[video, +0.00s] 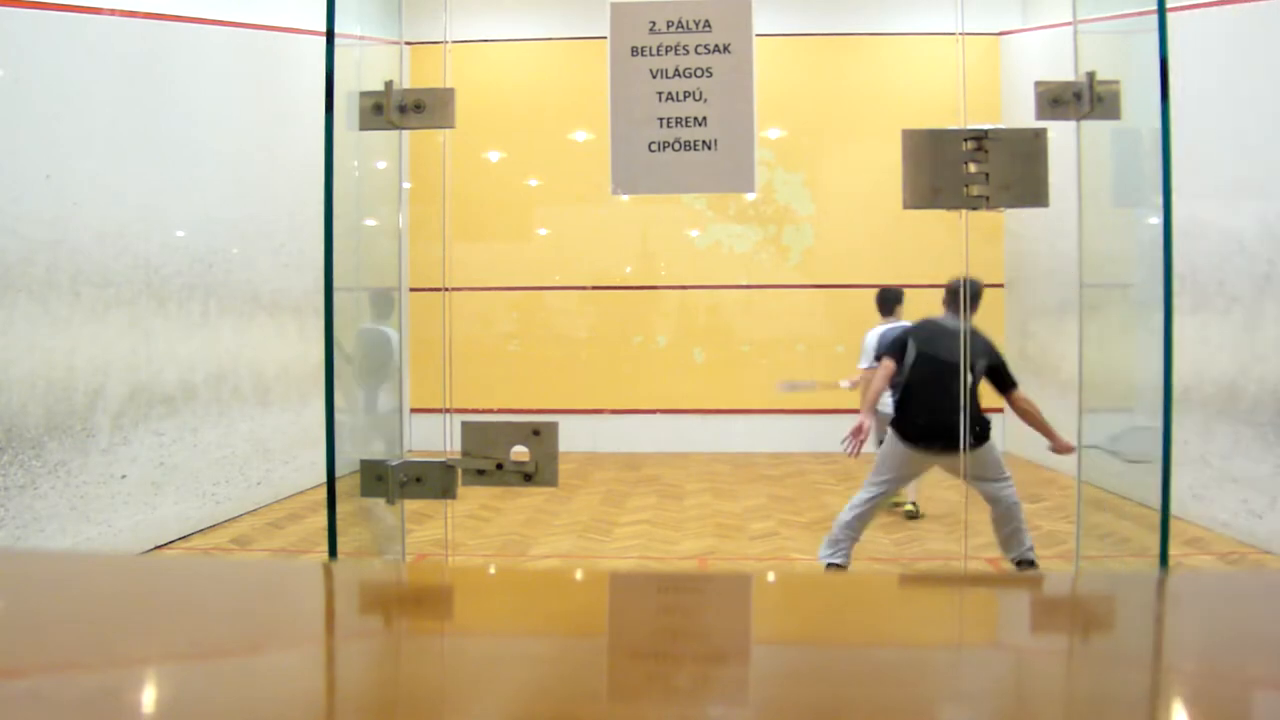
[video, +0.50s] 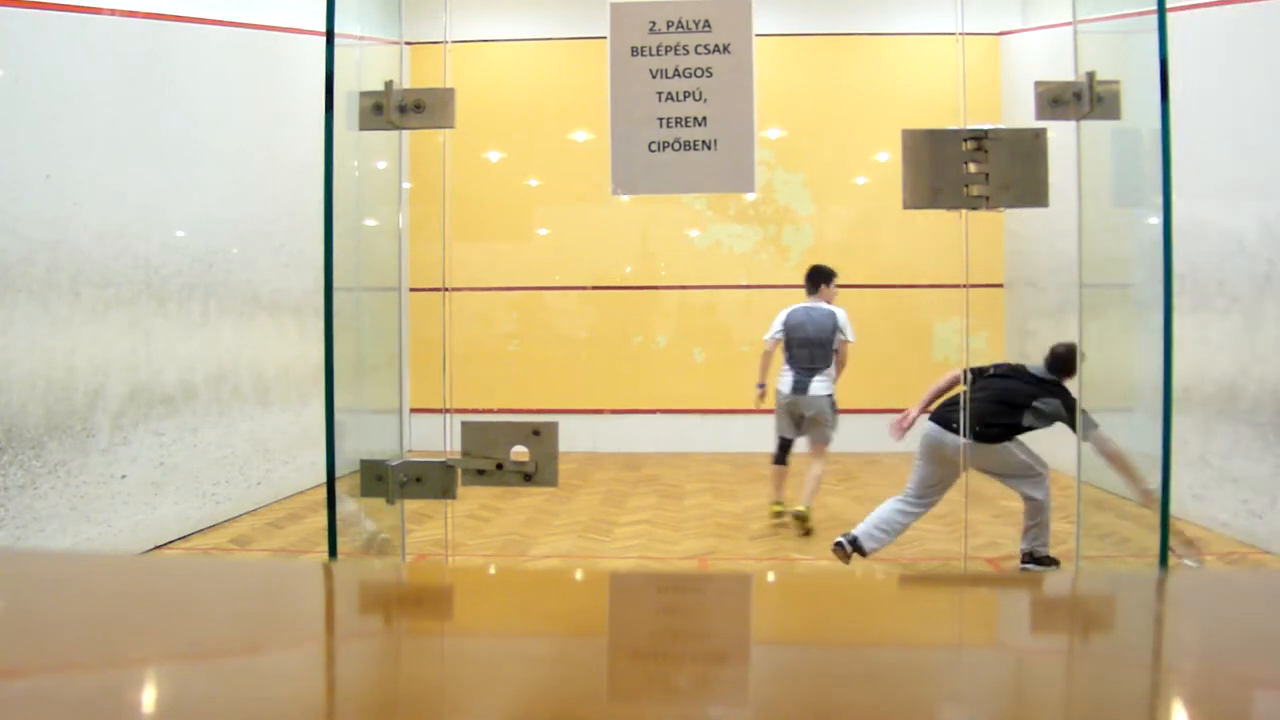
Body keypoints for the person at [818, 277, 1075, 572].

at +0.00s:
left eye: (950, 297)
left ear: (945, 300)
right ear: (976, 306)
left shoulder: (913, 333)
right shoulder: (982, 346)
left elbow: (885, 369)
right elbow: (1017, 400)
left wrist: (865, 414)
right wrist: (1053, 437)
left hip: (911, 435)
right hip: (964, 439)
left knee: (874, 489)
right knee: (1000, 490)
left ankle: (835, 555)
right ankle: (1022, 555)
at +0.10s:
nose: (989, 328)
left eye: (982, 320)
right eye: (989, 323)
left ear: (957, 321)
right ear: (986, 327)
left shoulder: (927, 347)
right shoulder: (988, 363)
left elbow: (895, 379)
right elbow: (1033, 412)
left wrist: (883, 420)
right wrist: (1080, 444)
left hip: (911, 442)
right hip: (962, 447)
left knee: (872, 493)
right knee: (1002, 488)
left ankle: (839, 553)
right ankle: (1023, 551)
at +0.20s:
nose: (1006, 340)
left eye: (1000, 333)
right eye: (1017, 338)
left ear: (991, 334)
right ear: (1020, 344)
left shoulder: (960, 354)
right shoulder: (1021, 381)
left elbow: (923, 375)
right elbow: (1070, 416)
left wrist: (900, 414)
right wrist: (1121, 439)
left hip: (919, 442)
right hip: (969, 452)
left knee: (875, 494)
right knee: (1009, 486)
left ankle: (841, 552)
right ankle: (1029, 552)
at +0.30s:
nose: (1060, 370)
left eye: (1053, 360)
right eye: (1060, 366)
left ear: (1030, 356)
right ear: (1055, 369)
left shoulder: (995, 366)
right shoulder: (1050, 400)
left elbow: (946, 373)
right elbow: (1104, 424)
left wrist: (911, 406)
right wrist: (1150, 432)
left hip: (930, 435)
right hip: (976, 447)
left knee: (889, 496)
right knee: (1024, 482)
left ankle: (843, 555)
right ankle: (1032, 553)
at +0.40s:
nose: (1077, 386)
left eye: (1074, 378)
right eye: (1077, 381)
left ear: (1047, 369)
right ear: (1071, 382)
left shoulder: (1011, 374)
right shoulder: (1062, 407)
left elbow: (958, 374)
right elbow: (1117, 433)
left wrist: (915, 403)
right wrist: (1160, 450)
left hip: (936, 434)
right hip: (980, 447)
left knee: (906, 497)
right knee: (1034, 477)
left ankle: (846, 547)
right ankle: (1034, 553)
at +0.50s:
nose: (1076, 374)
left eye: (1070, 367)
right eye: (1077, 370)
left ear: (1046, 361)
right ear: (1072, 372)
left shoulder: (1012, 369)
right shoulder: (1063, 401)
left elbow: (955, 377)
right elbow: (1107, 450)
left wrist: (914, 412)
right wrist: (1142, 489)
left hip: (939, 430)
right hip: (983, 442)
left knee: (916, 496)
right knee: (1036, 476)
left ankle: (855, 540)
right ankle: (1034, 552)